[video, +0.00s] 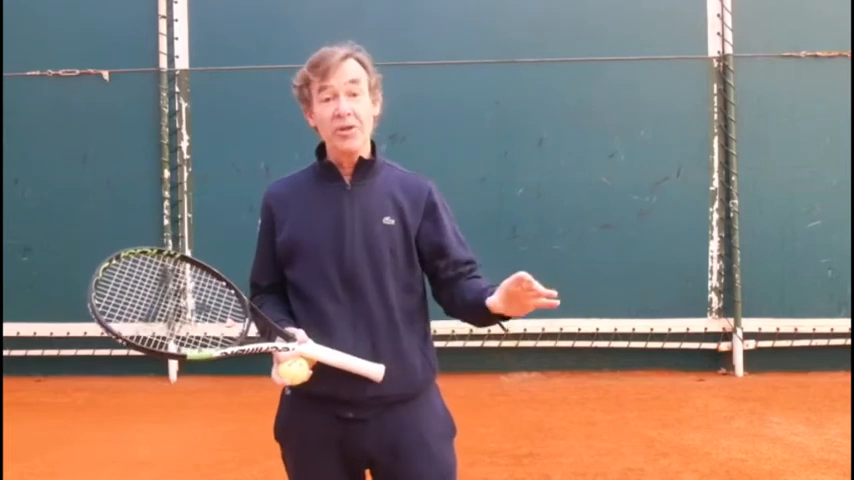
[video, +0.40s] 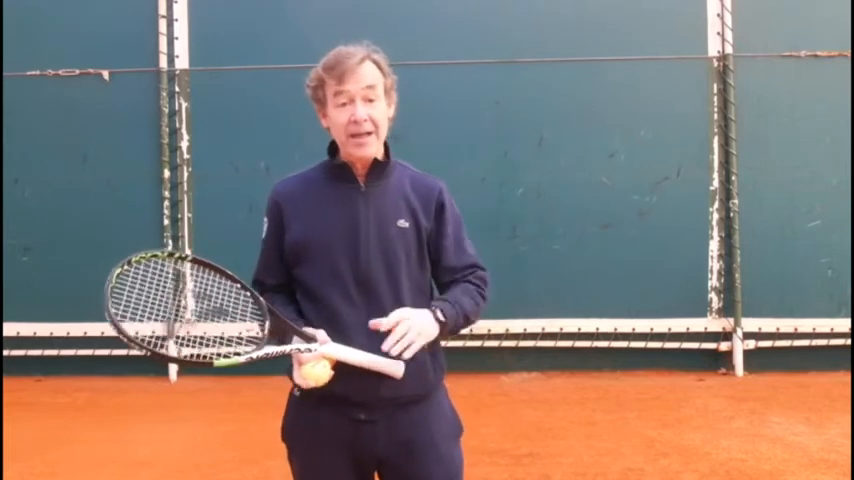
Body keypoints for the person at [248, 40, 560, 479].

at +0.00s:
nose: (342, 108)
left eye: (353, 94)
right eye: (327, 98)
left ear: (375, 104)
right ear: (311, 115)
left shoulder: (415, 195)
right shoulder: (281, 202)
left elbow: (455, 281)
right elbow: (266, 292)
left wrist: (493, 302)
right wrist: (286, 338)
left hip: (407, 411)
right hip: (314, 413)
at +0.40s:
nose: (359, 114)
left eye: (369, 99)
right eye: (343, 103)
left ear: (390, 106)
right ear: (324, 115)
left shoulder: (428, 196)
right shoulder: (289, 200)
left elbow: (470, 281)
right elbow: (271, 291)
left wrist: (435, 318)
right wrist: (299, 341)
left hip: (417, 415)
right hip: (322, 417)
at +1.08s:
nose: (389, 101)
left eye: (402, 87)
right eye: (374, 90)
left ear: (423, 103)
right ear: (354, 109)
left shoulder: (456, 197)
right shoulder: (315, 198)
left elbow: (492, 288)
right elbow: (290, 307)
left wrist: (459, 337)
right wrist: (340, 327)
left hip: (449, 424)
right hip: (351, 427)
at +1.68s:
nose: (429, 99)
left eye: (442, 86)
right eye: (414, 88)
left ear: (465, 103)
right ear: (395, 106)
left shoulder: (496, 202)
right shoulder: (351, 197)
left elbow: (531, 304)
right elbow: (323, 304)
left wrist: (484, 349)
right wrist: (362, 337)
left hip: (482, 431)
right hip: (383, 430)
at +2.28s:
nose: (439, 89)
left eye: (453, 78)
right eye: (424, 79)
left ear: (474, 101)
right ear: (403, 103)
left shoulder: (501, 202)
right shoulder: (356, 193)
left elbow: (532, 298)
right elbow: (323, 308)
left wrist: (503, 342)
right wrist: (378, 336)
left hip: (488, 433)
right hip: (389, 432)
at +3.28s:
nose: (381, 106)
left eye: (394, 92)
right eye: (367, 93)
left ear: (415, 106)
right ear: (346, 109)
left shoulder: (446, 192)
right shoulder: (306, 197)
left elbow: (513, 283)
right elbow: (282, 293)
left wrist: (505, 223)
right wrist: (302, 335)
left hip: (434, 423)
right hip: (338, 423)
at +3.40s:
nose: (371, 106)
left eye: (384, 92)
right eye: (356, 95)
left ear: (406, 105)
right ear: (336, 110)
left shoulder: (443, 197)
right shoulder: (299, 199)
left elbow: (508, 272)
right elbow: (275, 291)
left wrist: (549, 236)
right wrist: (293, 335)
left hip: (427, 425)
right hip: (331, 427)